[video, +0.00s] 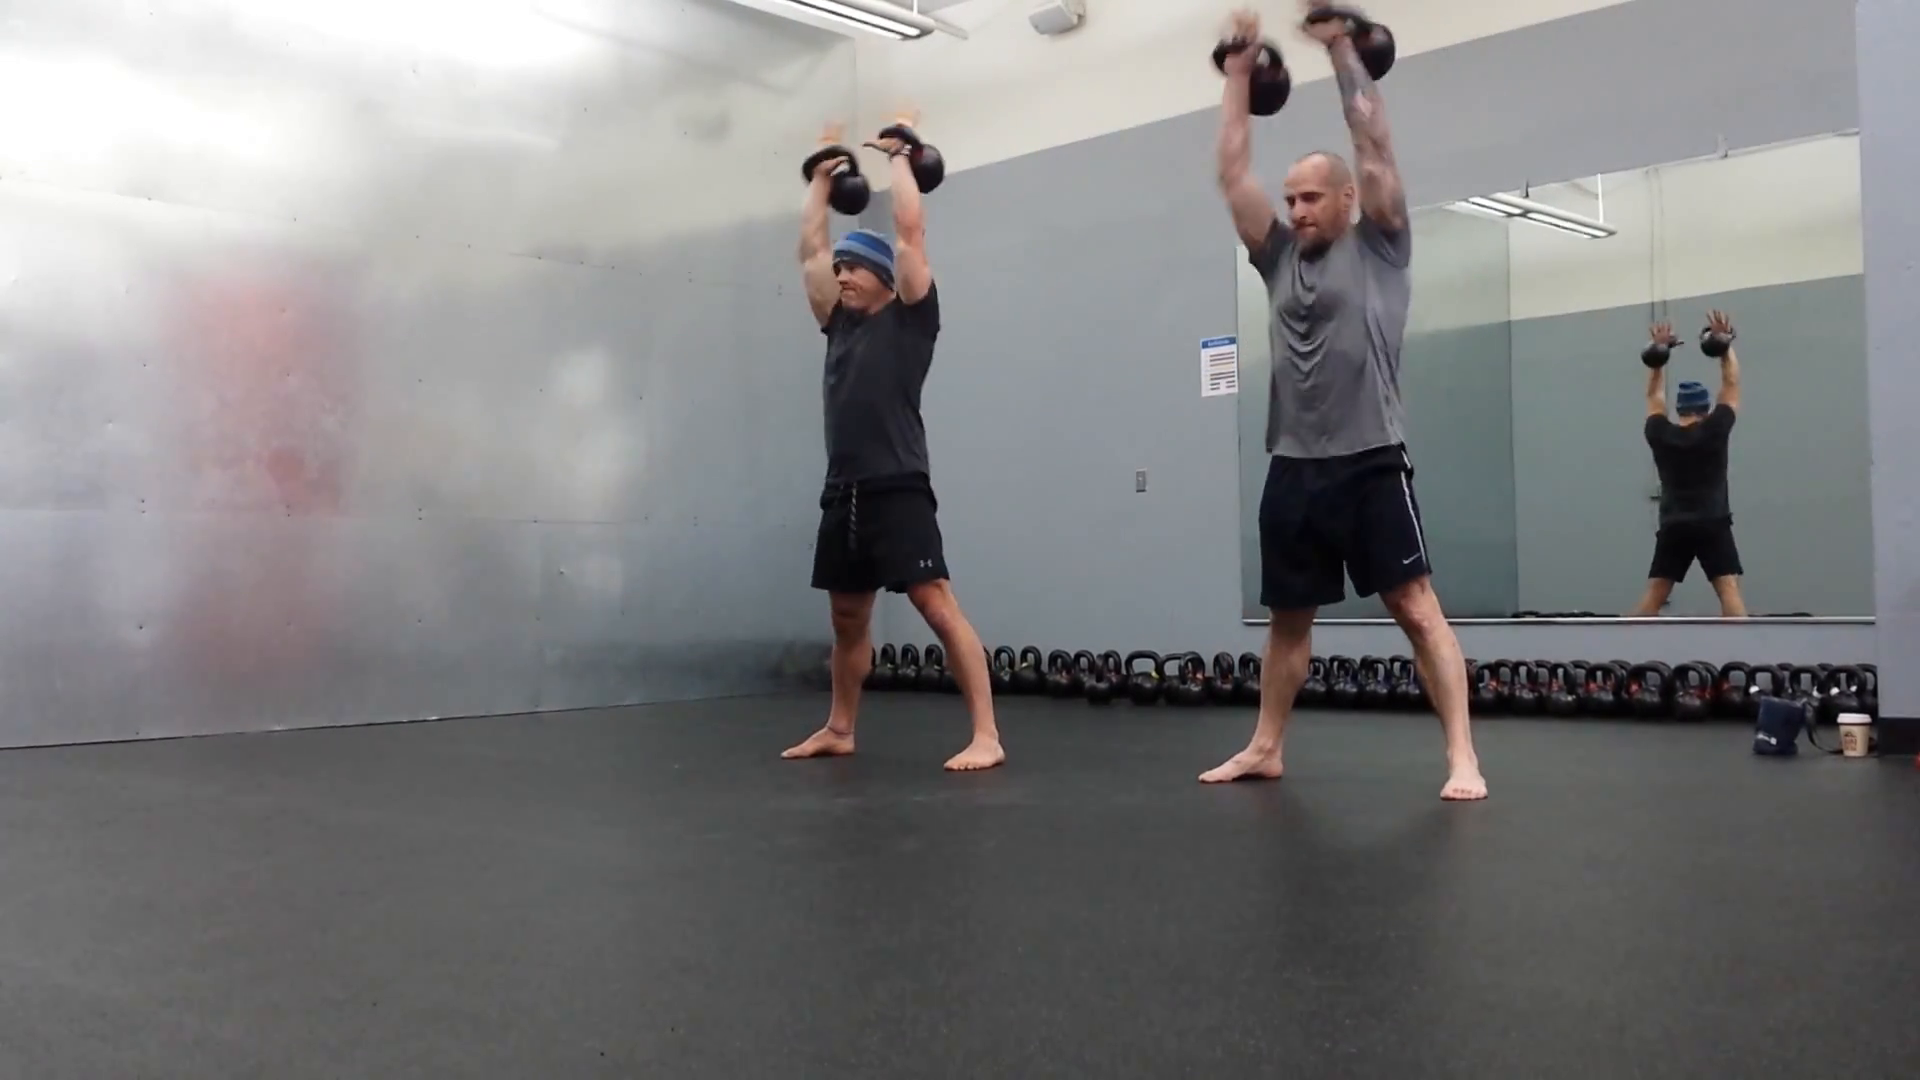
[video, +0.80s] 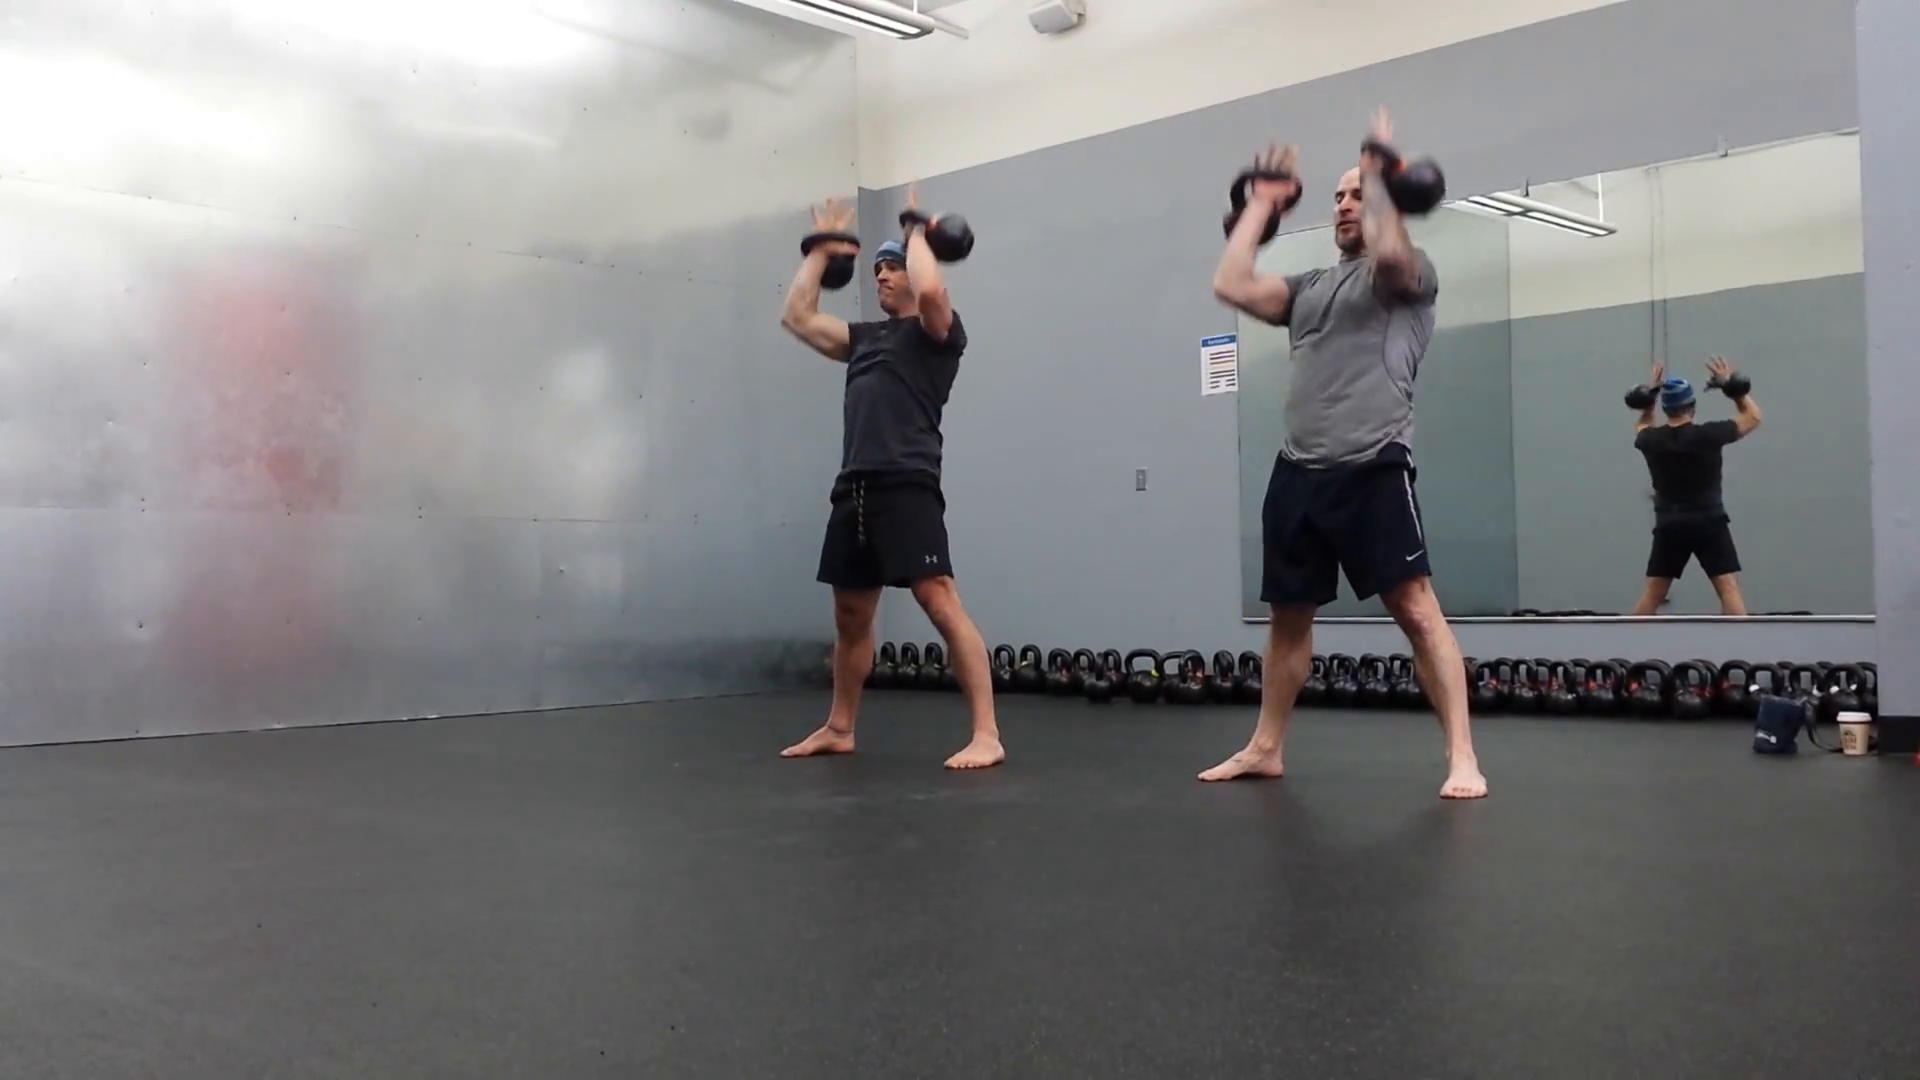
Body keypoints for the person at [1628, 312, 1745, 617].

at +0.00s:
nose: (1703, 413)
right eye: (1703, 408)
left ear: (1677, 410)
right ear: (1706, 410)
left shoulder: (1660, 435)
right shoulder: (1715, 432)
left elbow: (1653, 395)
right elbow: (1730, 386)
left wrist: (1658, 355)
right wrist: (1724, 344)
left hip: (1674, 526)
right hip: (1713, 524)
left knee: (1653, 597)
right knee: (1729, 592)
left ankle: (1620, 651)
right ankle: (1745, 655)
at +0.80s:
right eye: (1687, 404)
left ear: (1663, 409)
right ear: (1692, 406)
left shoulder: (1650, 441)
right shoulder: (1709, 435)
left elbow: (1643, 425)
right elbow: (1752, 417)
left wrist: (1650, 395)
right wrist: (1733, 386)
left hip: (1670, 528)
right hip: (1709, 525)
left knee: (1653, 595)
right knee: (1728, 591)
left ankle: (1625, 647)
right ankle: (1745, 650)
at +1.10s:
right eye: (1690, 402)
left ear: (1663, 407)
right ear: (1691, 405)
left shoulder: (1647, 444)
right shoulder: (1707, 438)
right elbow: (1743, 460)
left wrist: (1645, 436)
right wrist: (1732, 426)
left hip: (1669, 528)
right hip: (1708, 526)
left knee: (1652, 594)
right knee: (1727, 589)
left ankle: (1625, 647)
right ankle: (1744, 647)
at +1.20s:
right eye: (1693, 403)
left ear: (1664, 408)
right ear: (1693, 406)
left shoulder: (1648, 445)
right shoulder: (1709, 440)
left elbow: (1653, 479)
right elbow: (1740, 469)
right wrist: (1728, 434)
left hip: (1669, 529)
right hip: (1709, 527)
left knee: (1652, 594)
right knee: (1727, 590)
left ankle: (1626, 647)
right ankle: (1744, 647)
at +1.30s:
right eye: (1694, 404)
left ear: (1665, 408)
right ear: (1693, 407)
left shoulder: (1649, 446)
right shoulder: (1710, 441)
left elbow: (1652, 483)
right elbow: (1739, 471)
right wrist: (1728, 436)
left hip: (1670, 530)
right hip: (1710, 527)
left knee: (1653, 595)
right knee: (1728, 589)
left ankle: (1623, 647)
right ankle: (1745, 647)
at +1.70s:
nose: (1695, 407)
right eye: (1695, 403)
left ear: (1666, 403)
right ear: (1694, 404)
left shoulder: (1646, 440)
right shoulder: (1711, 435)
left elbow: (1653, 479)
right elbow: (1730, 475)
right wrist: (1736, 449)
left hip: (1663, 527)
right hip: (1703, 526)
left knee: (1647, 593)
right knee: (1728, 589)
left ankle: (1630, 648)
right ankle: (1747, 648)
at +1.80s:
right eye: (1693, 405)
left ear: (1664, 405)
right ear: (1693, 406)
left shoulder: (1641, 440)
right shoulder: (1708, 436)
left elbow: (1655, 479)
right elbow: (1730, 479)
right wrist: (1738, 468)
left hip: (1658, 528)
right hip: (1698, 527)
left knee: (1644, 594)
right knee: (1728, 588)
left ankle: (1626, 647)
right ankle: (1745, 647)